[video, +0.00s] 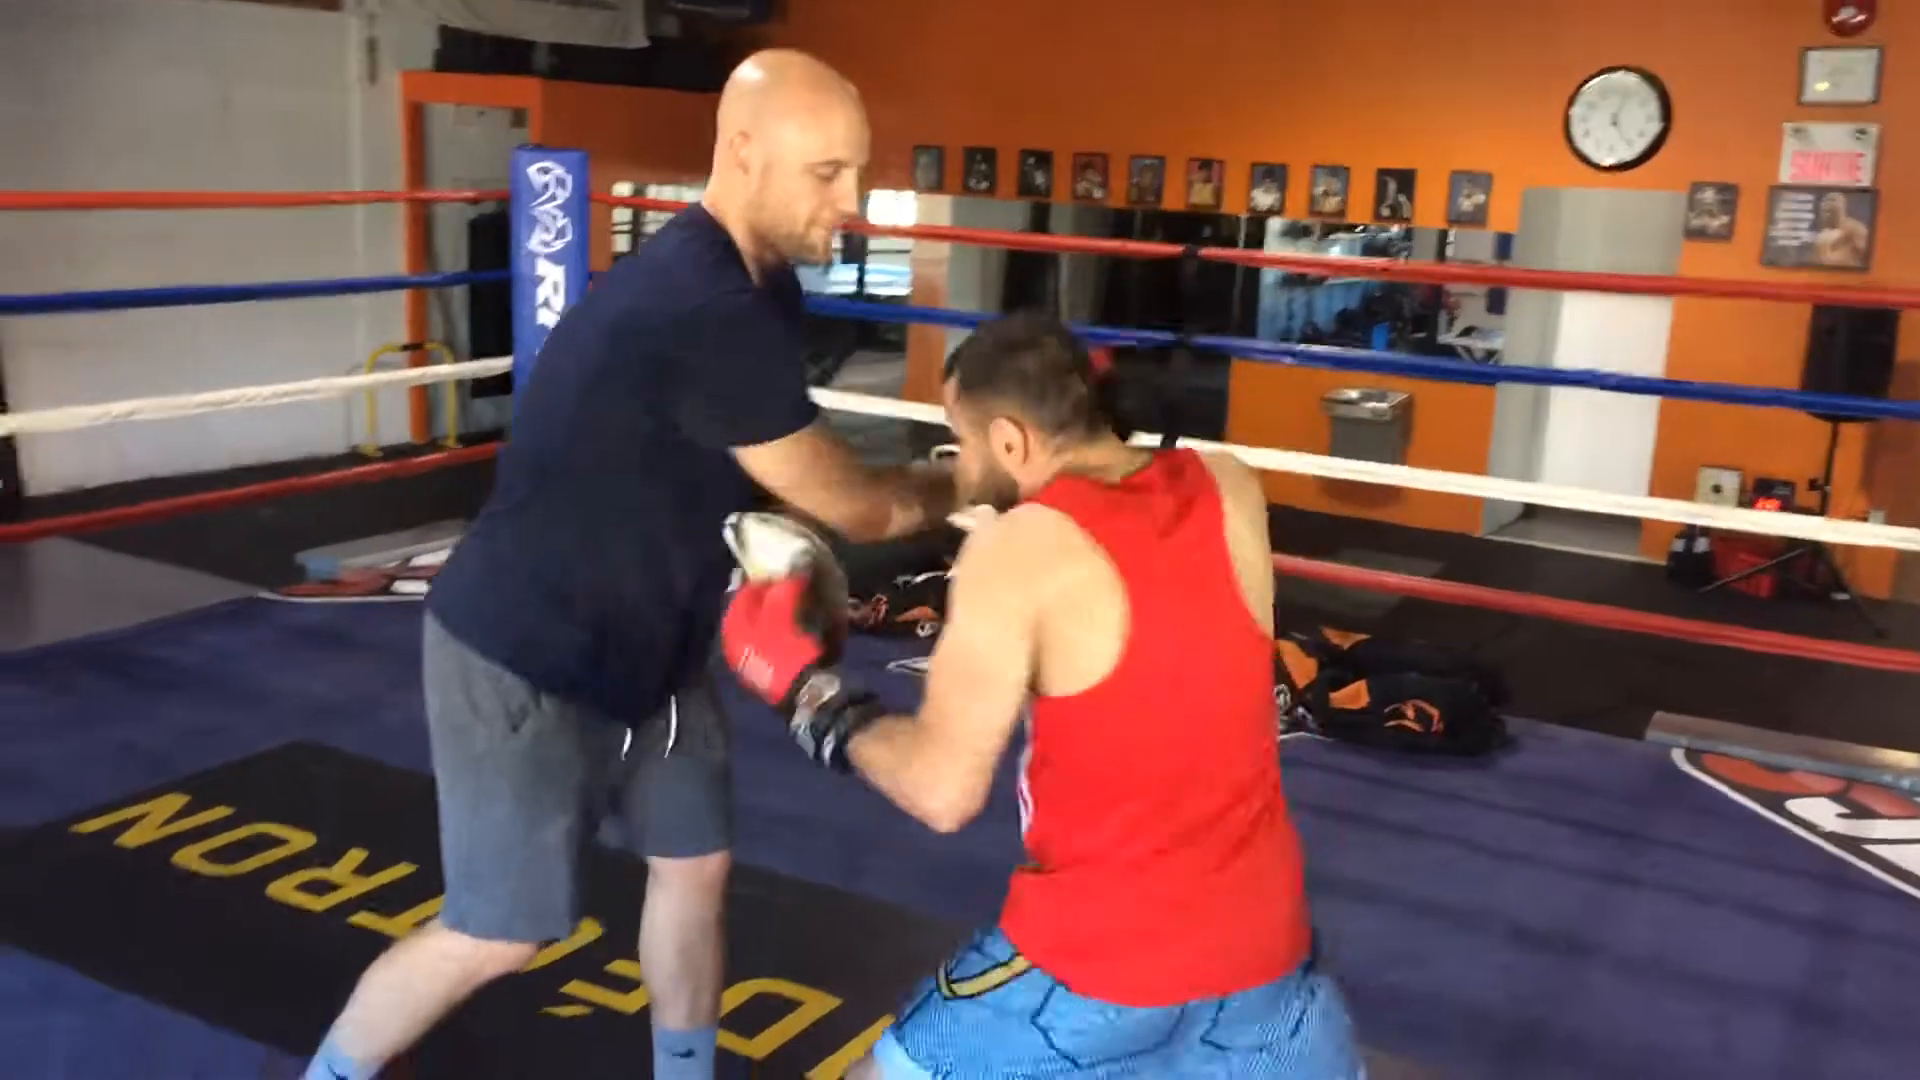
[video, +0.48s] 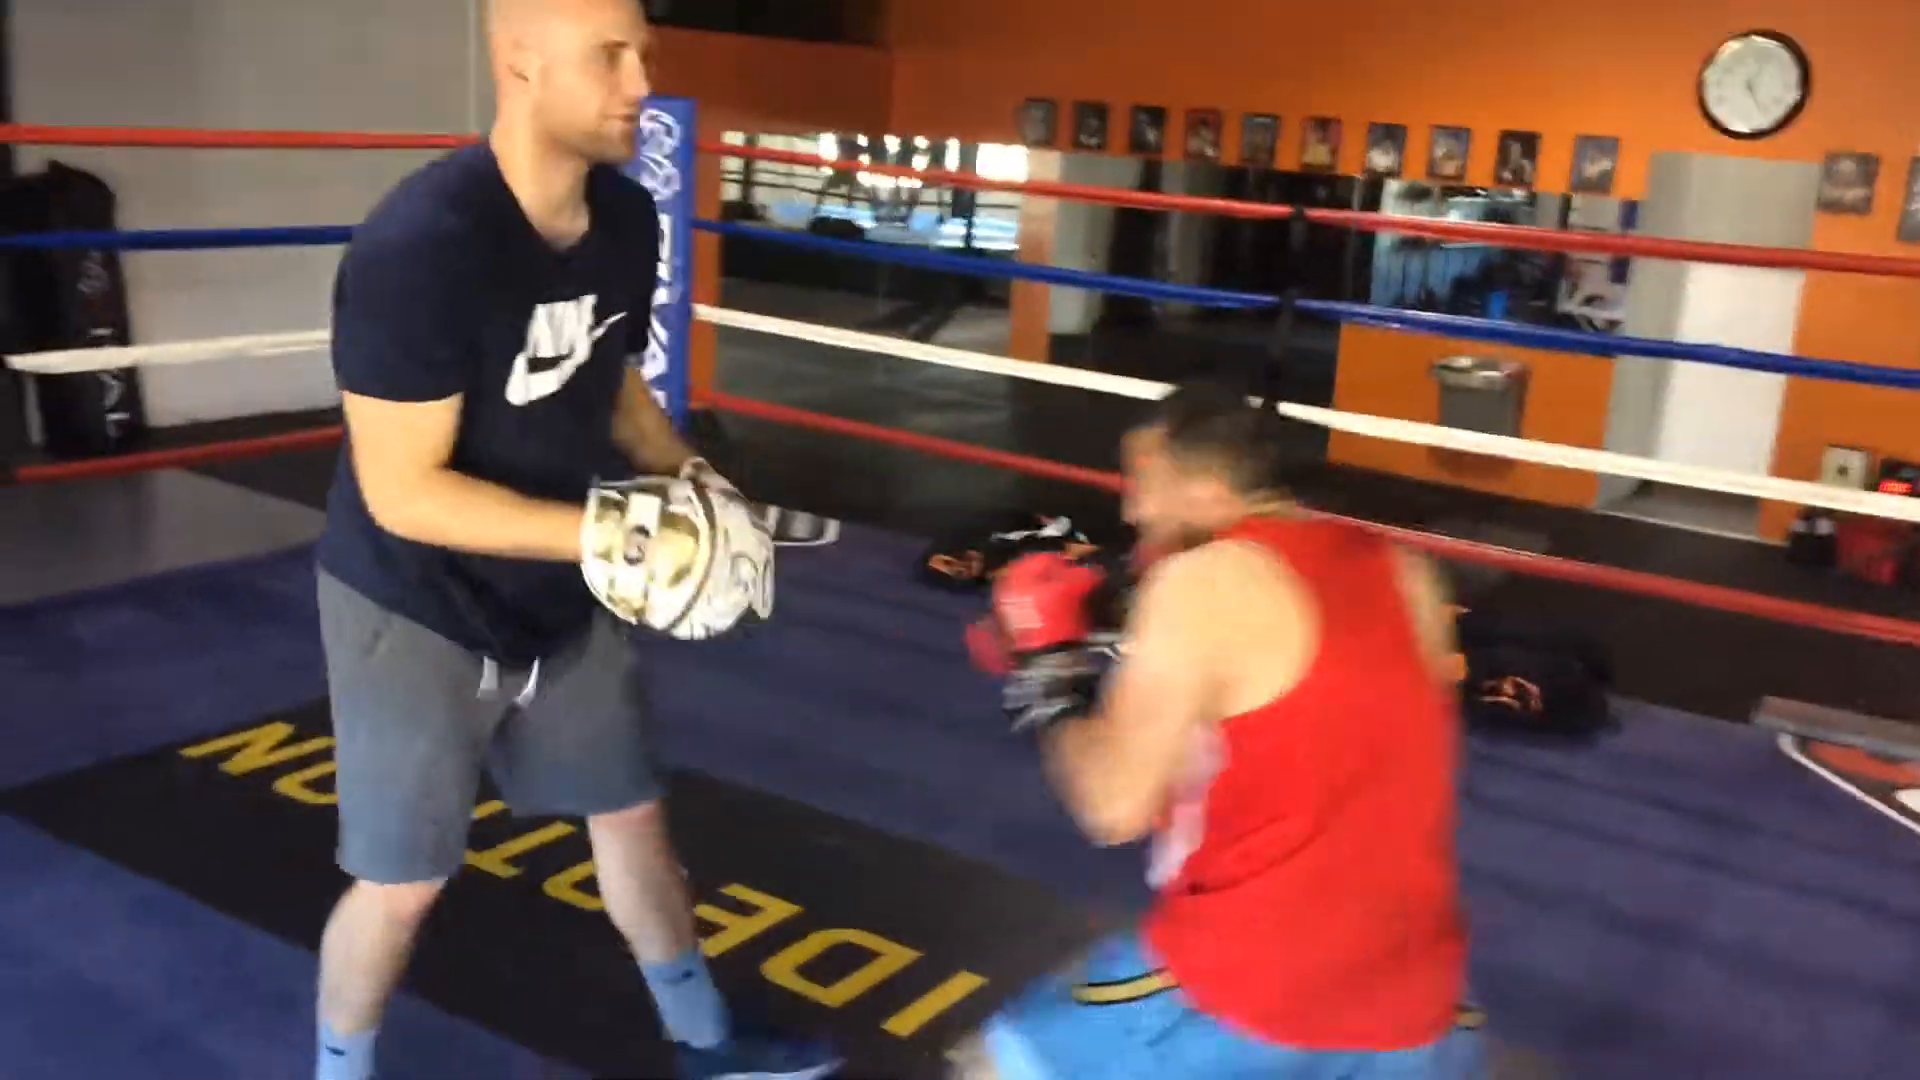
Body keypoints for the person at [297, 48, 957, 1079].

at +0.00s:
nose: (851, 203)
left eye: (859, 174)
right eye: (827, 172)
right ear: (741, 151)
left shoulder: (768, 286)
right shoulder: (699, 300)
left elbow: (754, 480)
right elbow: (856, 507)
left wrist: (824, 561)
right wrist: (953, 486)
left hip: (661, 637)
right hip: (517, 645)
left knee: (692, 862)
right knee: (505, 923)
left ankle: (685, 1071)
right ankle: (327, 1072)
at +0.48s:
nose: (641, 85)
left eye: (641, 56)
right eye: (610, 55)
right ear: (517, 63)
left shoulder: (624, 223)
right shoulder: (416, 249)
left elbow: (615, 392)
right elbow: (400, 491)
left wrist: (707, 498)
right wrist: (608, 533)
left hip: (561, 588)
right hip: (412, 597)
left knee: (630, 812)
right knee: (401, 879)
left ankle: (707, 1041)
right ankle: (339, 1068)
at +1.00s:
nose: (648, 66)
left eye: (651, 39)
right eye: (620, 37)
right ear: (534, 41)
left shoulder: (611, 216)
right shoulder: (432, 202)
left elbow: (604, 389)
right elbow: (418, 435)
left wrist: (711, 408)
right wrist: (608, 413)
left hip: (494, 542)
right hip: (377, 541)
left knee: (410, 787)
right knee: (447, 804)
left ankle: (375, 999)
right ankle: (416, 1056)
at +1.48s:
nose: (572, 130)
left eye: (571, 106)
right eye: (554, 106)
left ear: (480, 105)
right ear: (470, 102)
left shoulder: (484, 244)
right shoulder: (370, 263)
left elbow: (456, 418)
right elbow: (411, 507)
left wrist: (578, 407)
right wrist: (588, 440)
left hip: (409, 582)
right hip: (287, 602)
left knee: (503, 767)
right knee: (300, 872)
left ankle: (436, 1018)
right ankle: (244, 1069)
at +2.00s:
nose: (703, 175)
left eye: (703, 150)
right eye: (693, 147)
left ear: (619, 137)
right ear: (630, 137)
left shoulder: (544, 249)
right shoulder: (547, 266)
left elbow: (619, 432)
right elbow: (649, 478)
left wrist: (724, 372)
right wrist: (757, 371)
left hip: (476, 609)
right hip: (415, 614)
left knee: (513, 843)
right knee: (468, 886)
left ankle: (557, 1056)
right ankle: (328, 1073)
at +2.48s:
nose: (721, 229)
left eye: (722, 204)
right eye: (710, 201)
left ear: (637, 196)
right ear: (647, 194)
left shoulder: (598, 324)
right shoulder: (564, 326)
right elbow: (615, 555)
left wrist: (756, 416)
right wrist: (717, 422)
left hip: (508, 660)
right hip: (417, 663)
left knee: (562, 856)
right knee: (448, 939)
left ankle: (591, 1069)